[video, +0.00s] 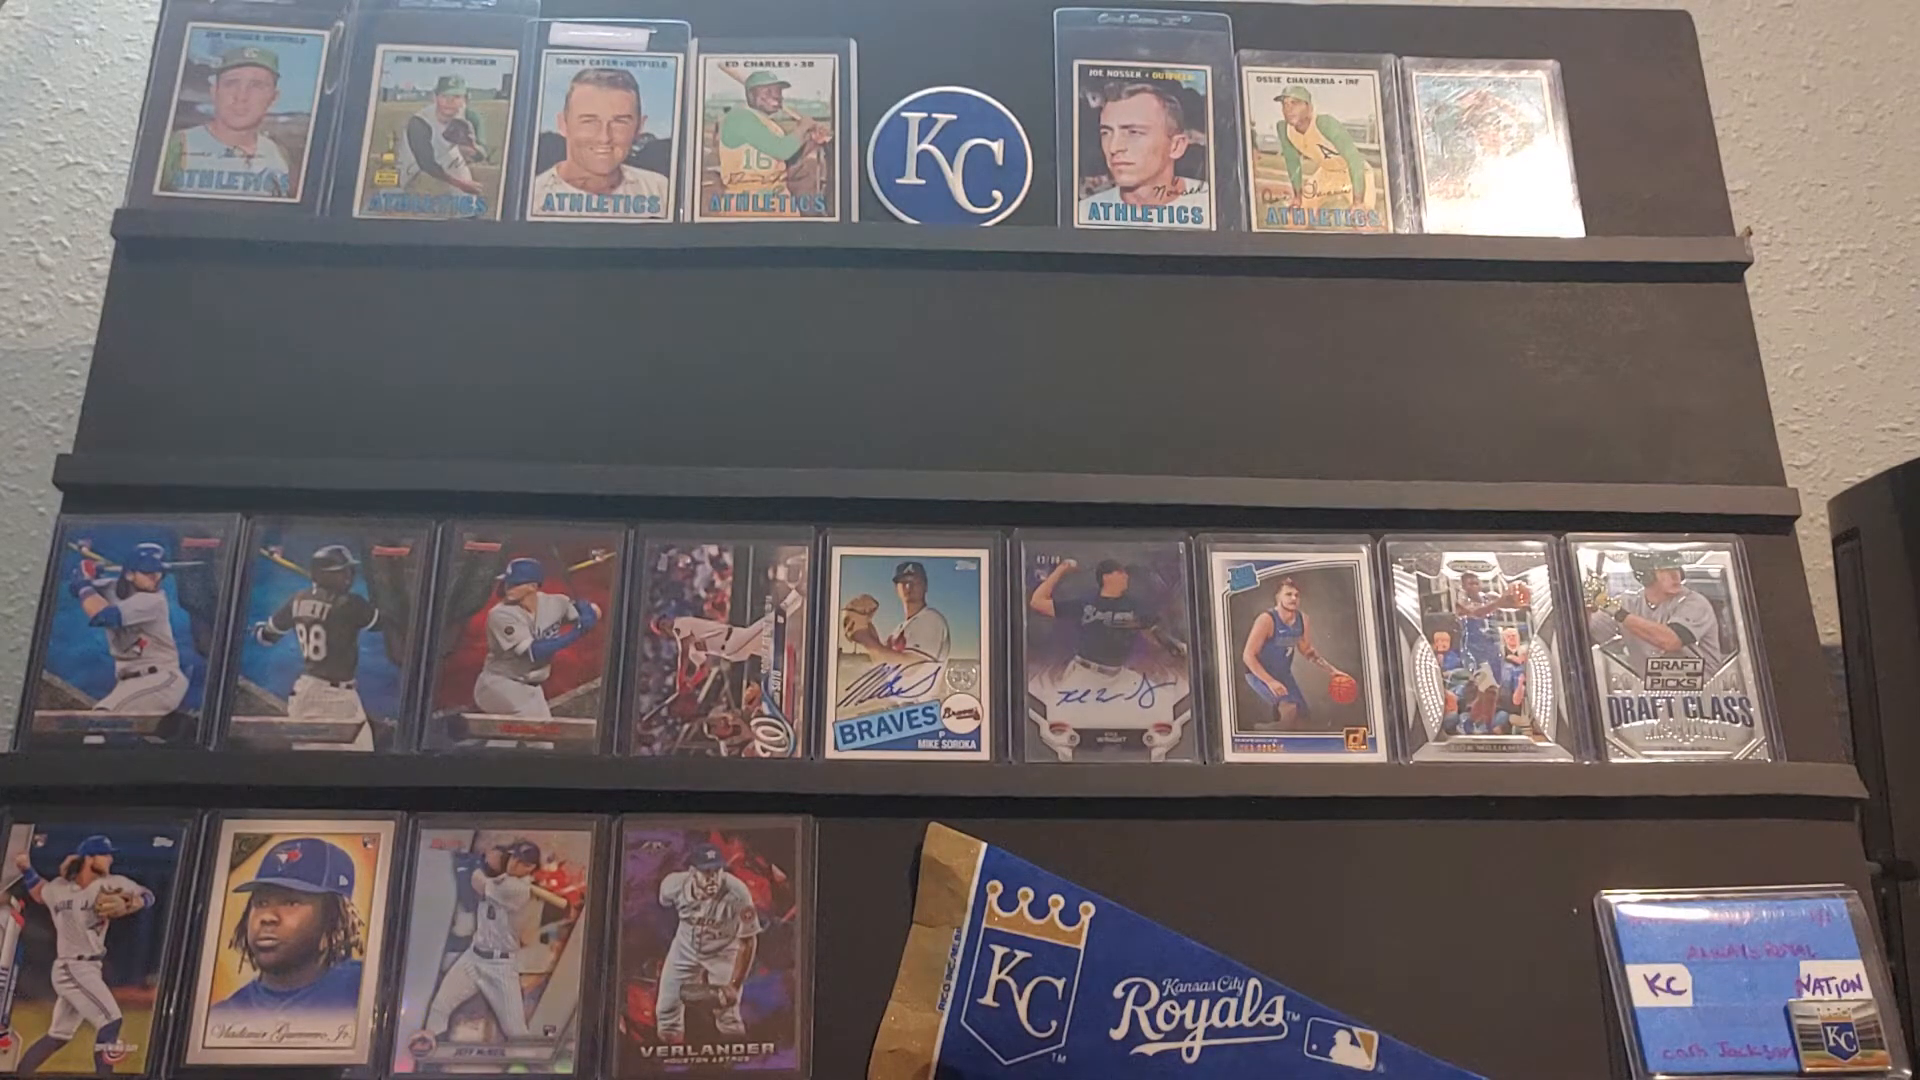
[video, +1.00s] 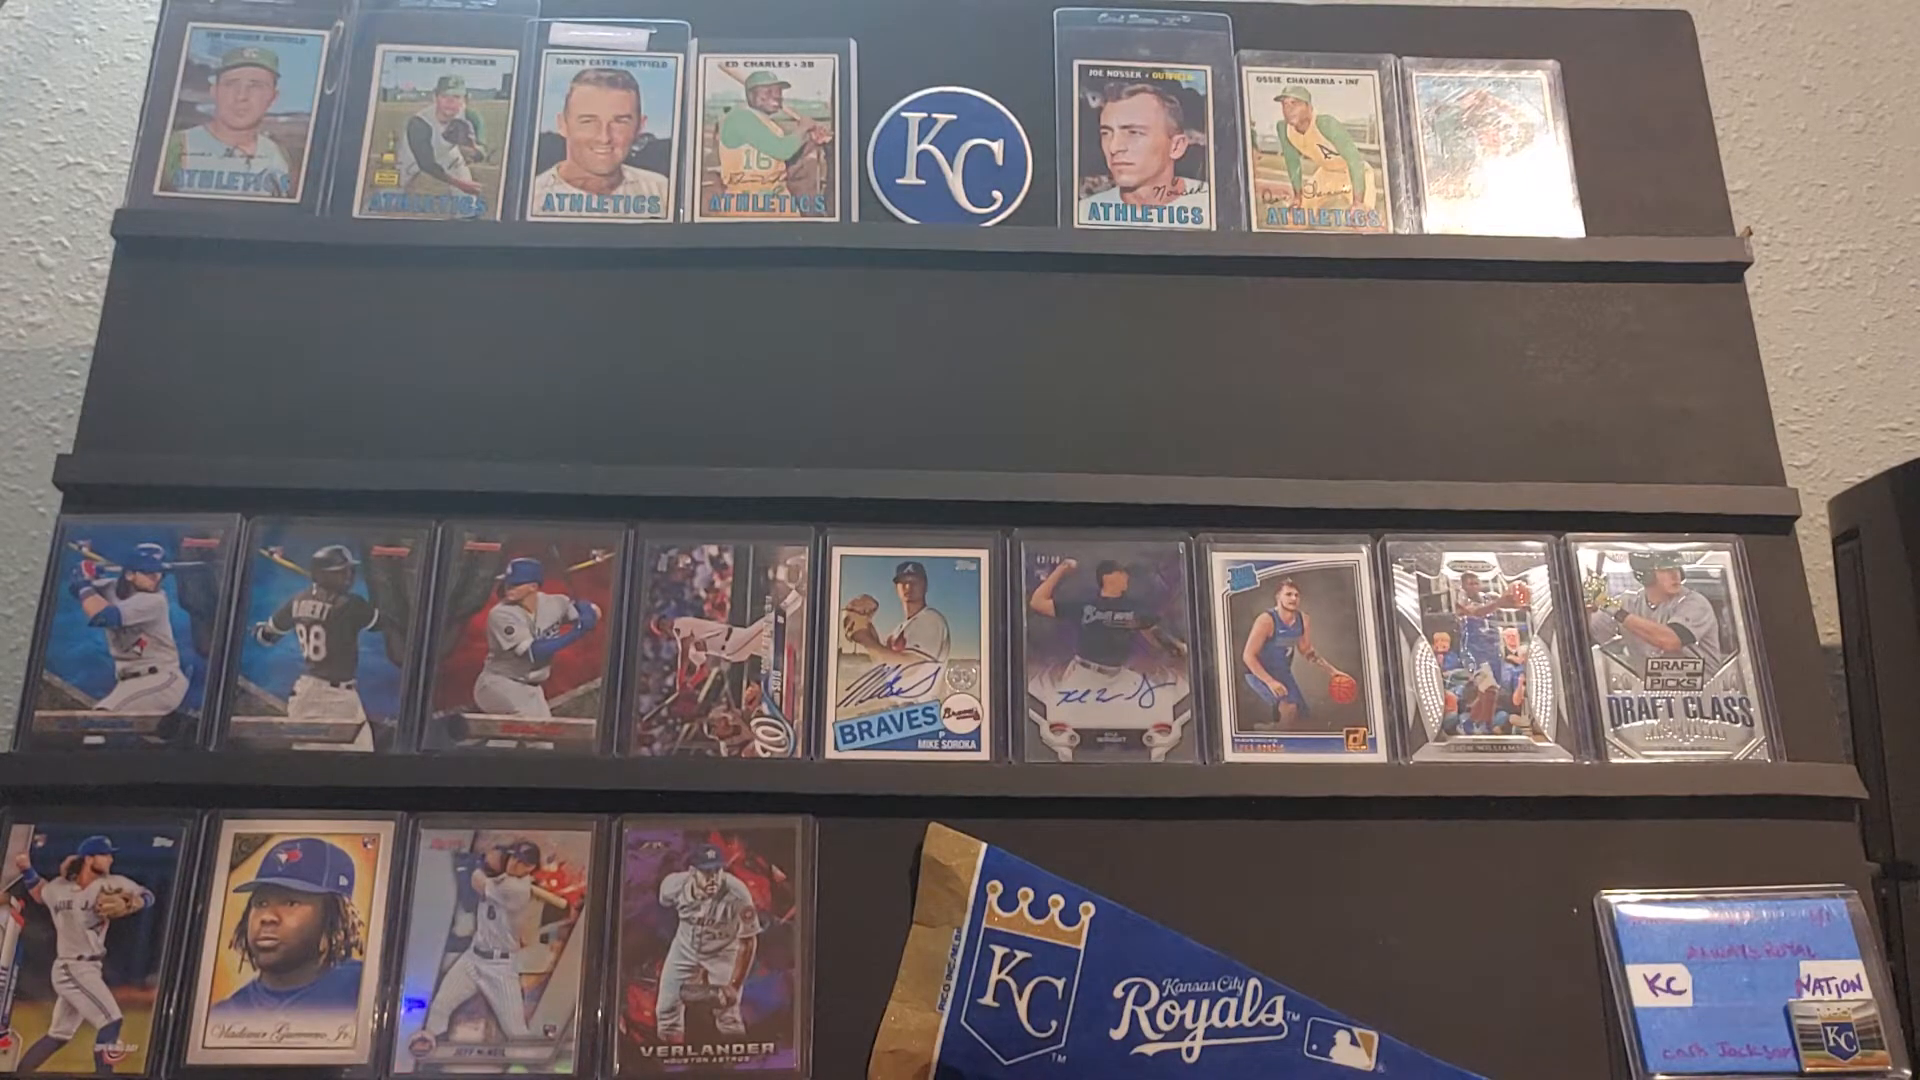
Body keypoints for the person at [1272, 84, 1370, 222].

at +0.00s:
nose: (1288, 109)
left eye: (1294, 103)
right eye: (1285, 104)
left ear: (1308, 107)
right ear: (1282, 108)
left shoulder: (1326, 123)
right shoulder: (1283, 128)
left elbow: (1355, 159)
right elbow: (1292, 162)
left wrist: (1358, 203)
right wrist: (1297, 196)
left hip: (1354, 172)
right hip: (1326, 172)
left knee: (1361, 218)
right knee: (1304, 210)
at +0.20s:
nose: (1288, 109)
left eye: (1294, 103)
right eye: (1285, 104)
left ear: (1308, 107)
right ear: (1282, 108)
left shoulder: (1326, 123)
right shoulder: (1283, 128)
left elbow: (1355, 159)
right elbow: (1292, 162)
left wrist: (1358, 203)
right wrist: (1297, 196)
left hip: (1354, 172)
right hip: (1326, 172)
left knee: (1361, 218)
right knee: (1304, 210)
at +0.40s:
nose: (1288, 109)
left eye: (1294, 103)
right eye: (1284, 104)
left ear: (1308, 106)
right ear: (1281, 108)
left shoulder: (1327, 124)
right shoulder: (1284, 128)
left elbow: (1355, 159)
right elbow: (1293, 163)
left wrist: (1358, 202)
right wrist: (1297, 196)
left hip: (1354, 173)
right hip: (1327, 172)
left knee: (1360, 218)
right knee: (1302, 209)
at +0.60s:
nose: (1288, 109)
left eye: (1294, 103)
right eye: (1284, 104)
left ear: (1308, 107)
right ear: (1281, 108)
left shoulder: (1326, 123)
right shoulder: (1283, 128)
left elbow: (1355, 160)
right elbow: (1293, 163)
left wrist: (1358, 202)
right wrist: (1297, 196)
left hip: (1355, 173)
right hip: (1327, 173)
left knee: (1360, 218)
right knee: (1302, 210)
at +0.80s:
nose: (1288, 109)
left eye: (1293, 103)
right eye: (1284, 104)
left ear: (1308, 107)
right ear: (1281, 108)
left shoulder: (1327, 124)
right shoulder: (1283, 128)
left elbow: (1355, 160)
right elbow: (1293, 163)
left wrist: (1358, 202)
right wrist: (1297, 197)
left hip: (1355, 173)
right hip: (1327, 173)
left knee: (1360, 218)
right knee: (1302, 210)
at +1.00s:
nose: (1288, 109)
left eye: (1294, 103)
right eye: (1284, 105)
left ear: (1308, 107)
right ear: (1281, 108)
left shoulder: (1327, 124)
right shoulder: (1283, 128)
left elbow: (1355, 160)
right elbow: (1293, 163)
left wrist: (1358, 202)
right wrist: (1297, 197)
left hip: (1354, 174)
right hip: (1327, 173)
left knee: (1360, 218)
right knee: (1302, 210)